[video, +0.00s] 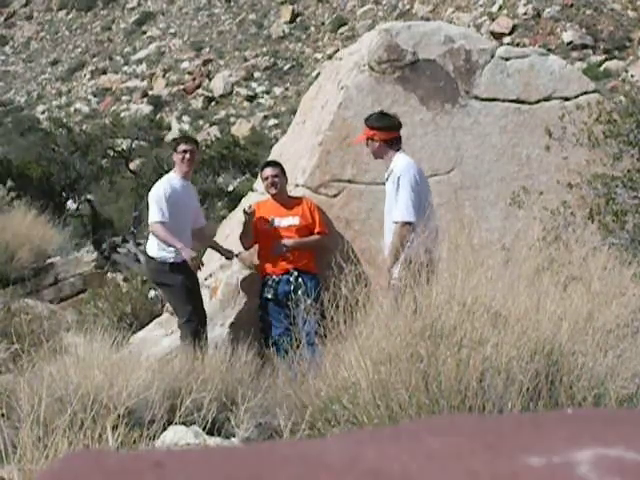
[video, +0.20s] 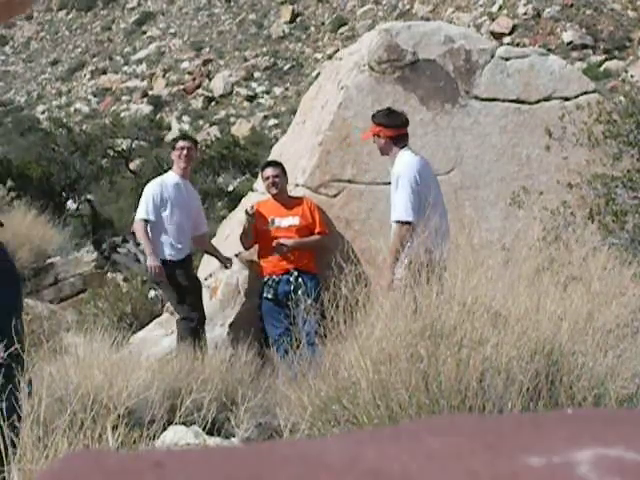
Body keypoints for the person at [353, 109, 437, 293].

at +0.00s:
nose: (367, 146)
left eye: (368, 141)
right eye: (367, 141)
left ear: (379, 142)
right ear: (390, 140)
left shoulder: (406, 171)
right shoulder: (398, 169)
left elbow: (405, 225)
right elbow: (402, 224)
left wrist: (390, 266)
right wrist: (391, 263)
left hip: (411, 266)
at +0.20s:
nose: (374, 141)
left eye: (376, 136)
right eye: (374, 136)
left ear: (385, 139)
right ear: (402, 136)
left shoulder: (405, 168)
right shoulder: (418, 162)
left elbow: (404, 226)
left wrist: (389, 269)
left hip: (416, 262)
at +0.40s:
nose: (378, 141)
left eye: (380, 136)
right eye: (378, 136)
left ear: (389, 138)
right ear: (407, 135)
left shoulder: (407, 169)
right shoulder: (427, 161)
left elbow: (406, 227)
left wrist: (389, 271)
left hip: (419, 260)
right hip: (440, 256)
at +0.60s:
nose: (382, 143)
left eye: (383, 138)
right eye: (381, 138)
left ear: (392, 138)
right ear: (408, 135)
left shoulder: (410, 169)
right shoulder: (432, 162)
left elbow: (409, 227)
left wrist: (394, 266)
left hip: (422, 261)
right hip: (443, 257)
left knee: (417, 321)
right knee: (440, 318)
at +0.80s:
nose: (384, 144)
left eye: (385, 138)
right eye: (383, 138)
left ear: (394, 138)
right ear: (410, 135)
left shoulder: (411, 169)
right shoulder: (432, 161)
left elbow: (410, 224)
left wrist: (402, 266)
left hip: (426, 259)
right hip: (446, 254)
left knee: (422, 319)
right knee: (442, 316)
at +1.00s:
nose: (388, 145)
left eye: (388, 139)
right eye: (387, 139)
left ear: (398, 138)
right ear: (415, 135)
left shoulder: (409, 169)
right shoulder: (436, 161)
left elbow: (404, 223)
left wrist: (390, 253)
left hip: (423, 250)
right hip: (448, 246)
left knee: (421, 309)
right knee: (443, 309)